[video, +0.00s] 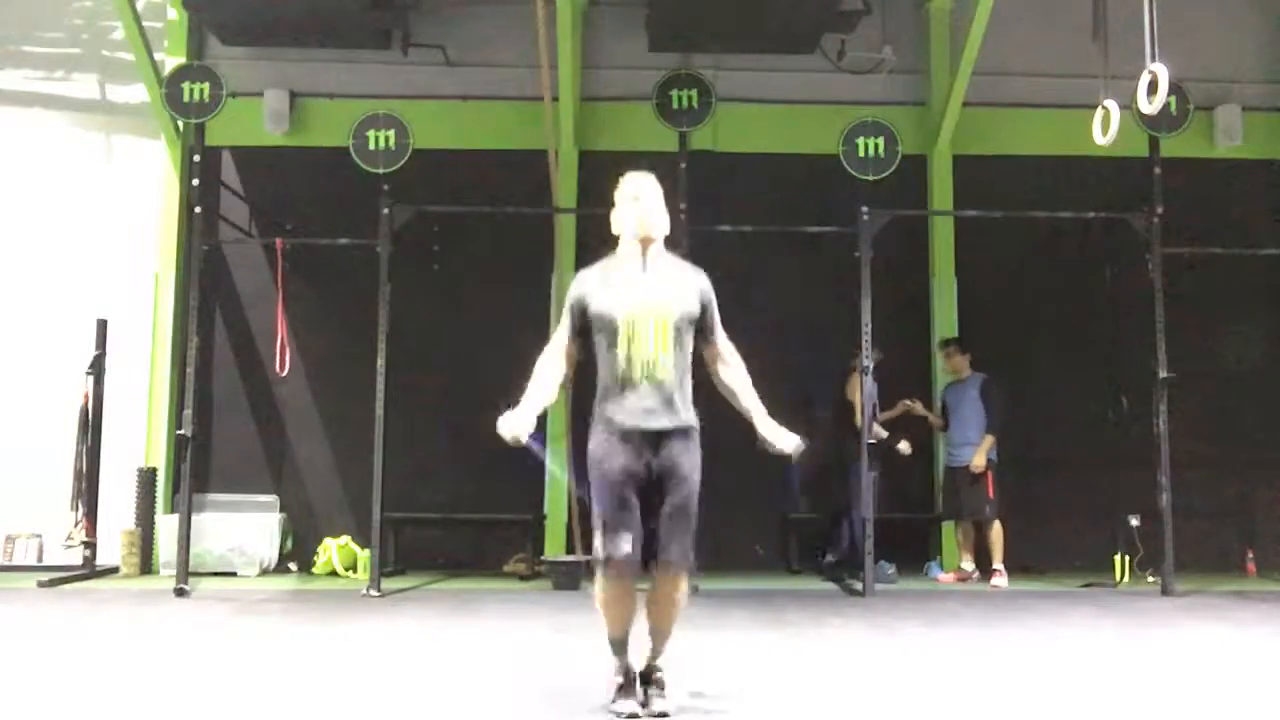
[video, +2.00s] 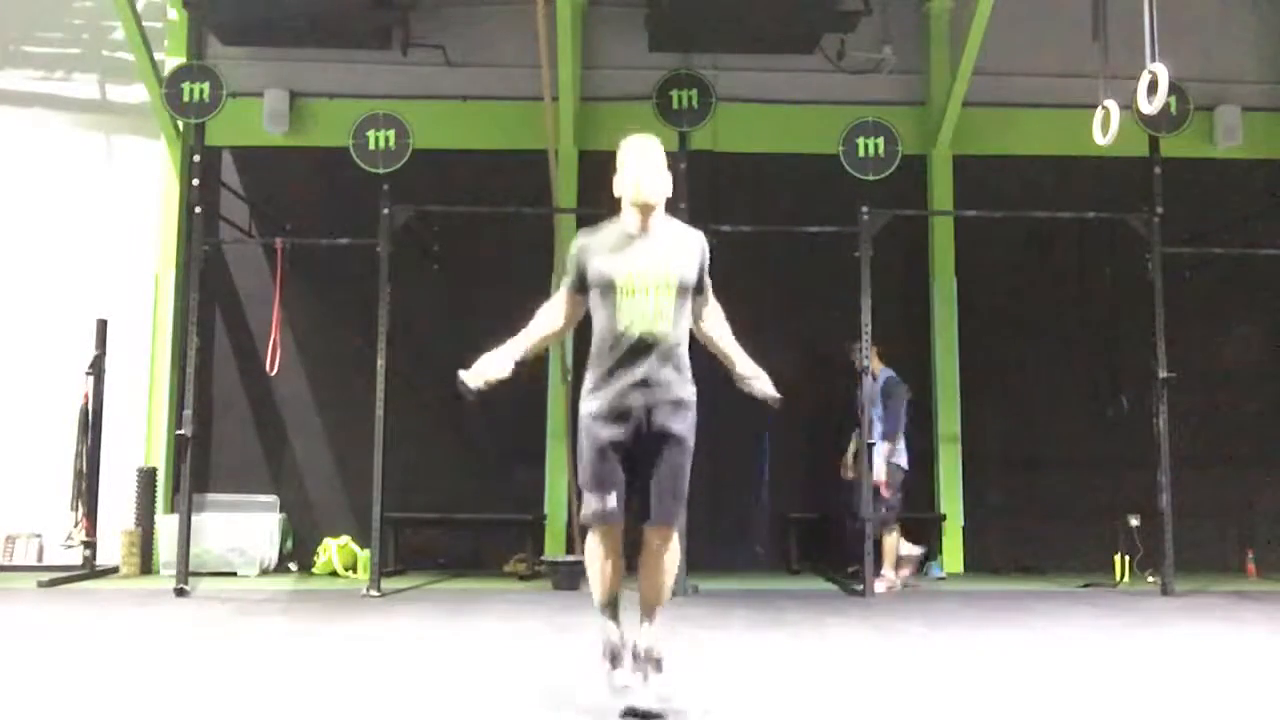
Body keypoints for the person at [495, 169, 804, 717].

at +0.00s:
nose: (644, 210)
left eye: (652, 201)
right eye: (633, 201)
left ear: (667, 214)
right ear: (615, 215)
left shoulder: (693, 281)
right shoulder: (589, 284)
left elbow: (723, 359)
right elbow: (559, 354)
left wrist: (765, 423)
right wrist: (527, 408)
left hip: (677, 434)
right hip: (614, 433)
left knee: (674, 560)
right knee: (618, 554)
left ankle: (654, 669)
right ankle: (621, 669)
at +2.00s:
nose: (645, 177)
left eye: (653, 168)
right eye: (635, 168)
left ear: (668, 178)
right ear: (618, 179)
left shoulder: (692, 244)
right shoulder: (589, 245)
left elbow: (705, 312)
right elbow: (563, 311)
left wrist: (745, 368)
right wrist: (505, 355)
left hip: (672, 399)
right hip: (605, 399)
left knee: (664, 524)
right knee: (603, 517)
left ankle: (649, 636)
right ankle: (608, 626)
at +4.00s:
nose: (644, 162)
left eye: (652, 154)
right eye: (634, 154)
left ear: (666, 167)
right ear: (617, 167)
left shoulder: (693, 231)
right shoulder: (591, 234)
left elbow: (725, 303)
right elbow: (561, 308)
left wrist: (771, 356)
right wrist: (517, 351)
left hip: (677, 370)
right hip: (616, 370)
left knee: (672, 486)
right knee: (617, 481)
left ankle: (656, 594)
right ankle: (614, 592)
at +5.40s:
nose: (649, 205)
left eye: (656, 196)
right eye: (639, 196)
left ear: (668, 204)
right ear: (621, 205)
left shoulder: (695, 267)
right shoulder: (594, 271)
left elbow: (717, 336)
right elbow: (565, 342)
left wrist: (765, 381)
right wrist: (512, 372)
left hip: (683, 413)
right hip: (619, 415)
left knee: (677, 535)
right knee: (621, 532)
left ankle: (665, 645)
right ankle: (622, 640)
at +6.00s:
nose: (649, 224)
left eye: (657, 216)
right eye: (639, 216)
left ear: (671, 226)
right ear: (621, 227)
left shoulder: (693, 288)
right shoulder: (594, 290)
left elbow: (724, 357)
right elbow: (562, 359)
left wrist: (779, 388)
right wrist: (507, 369)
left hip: (678, 432)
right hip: (616, 430)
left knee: (673, 548)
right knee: (624, 546)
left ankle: (661, 657)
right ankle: (620, 655)